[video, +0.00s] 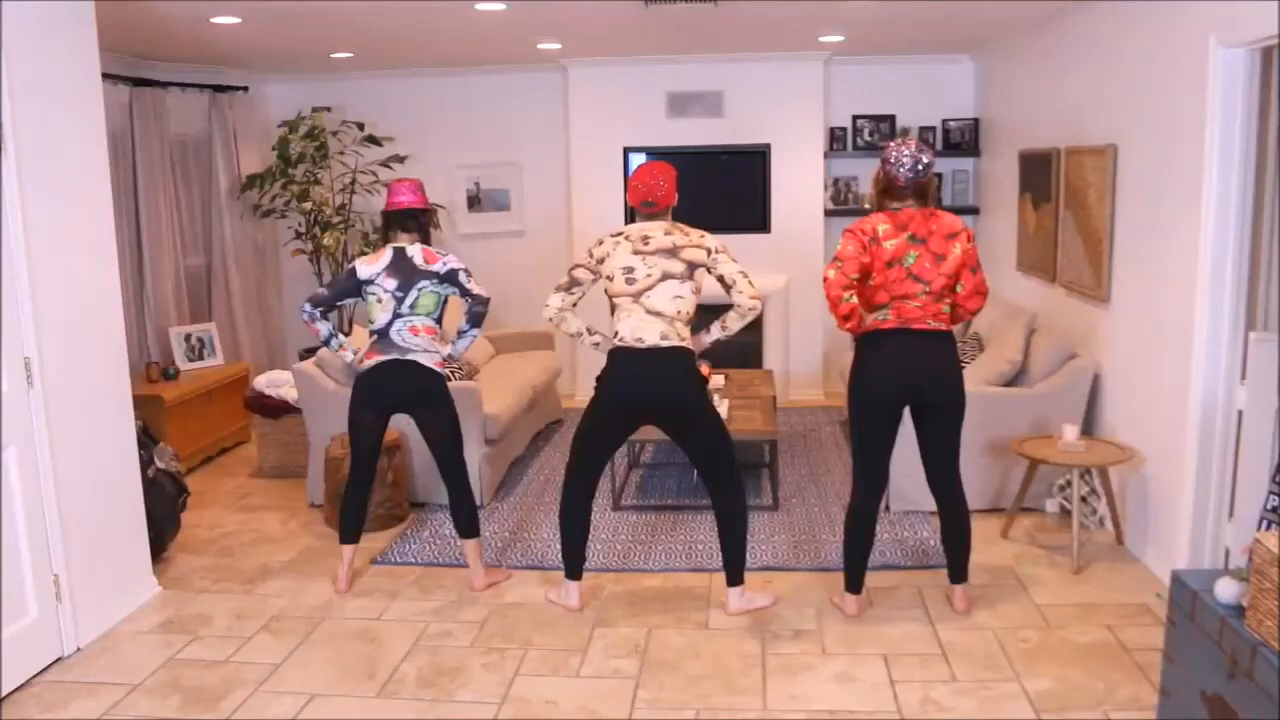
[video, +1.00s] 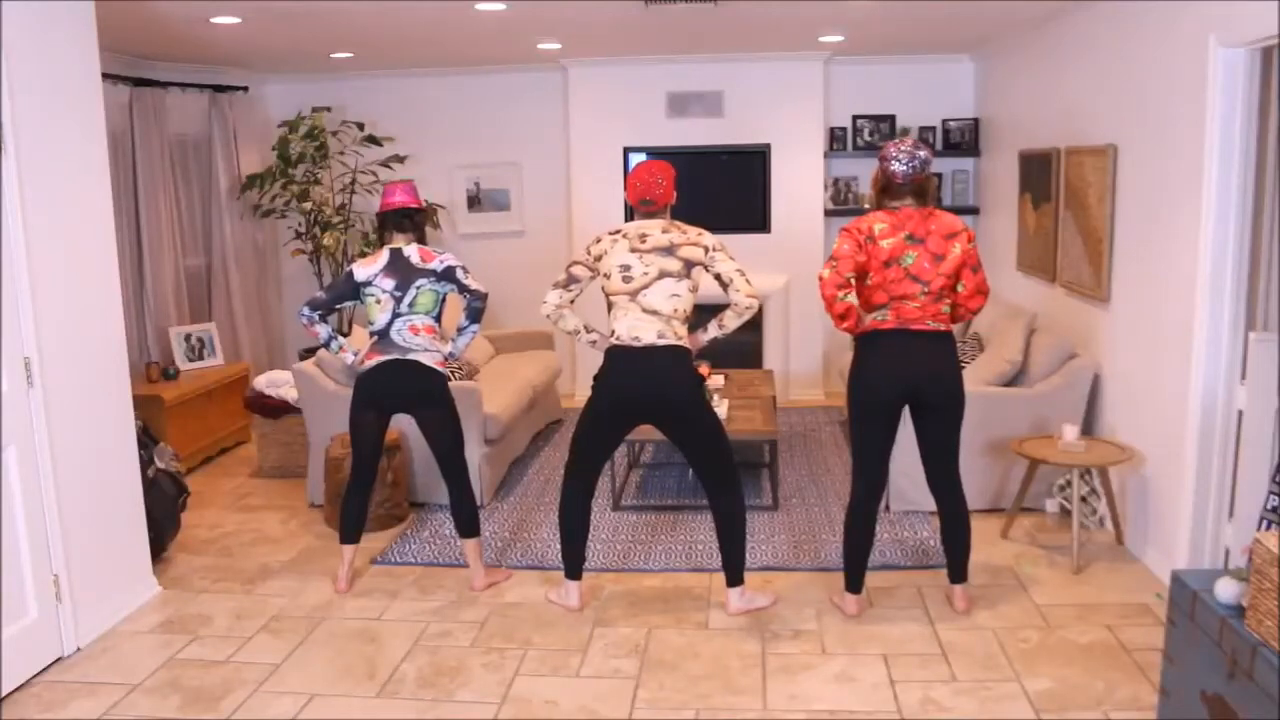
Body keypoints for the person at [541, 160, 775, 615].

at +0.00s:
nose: (663, 202)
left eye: (642, 196)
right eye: (669, 194)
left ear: (631, 201)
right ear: (674, 200)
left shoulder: (607, 245)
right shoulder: (700, 242)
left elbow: (557, 308)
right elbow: (748, 301)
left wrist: (606, 345)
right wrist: (702, 340)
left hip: (622, 378)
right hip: (678, 379)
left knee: (580, 475)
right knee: (724, 478)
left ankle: (571, 587)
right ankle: (736, 591)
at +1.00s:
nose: (667, 199)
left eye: (645, 194)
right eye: (669, 192)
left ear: (630, 199)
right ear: (672, 198)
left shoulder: (605, 243)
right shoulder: (698, 240)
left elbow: (554, 304)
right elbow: (746, 299)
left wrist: (602, 342)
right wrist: (701, 337)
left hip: (619, 377)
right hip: (675, 378)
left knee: (579, 475)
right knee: (721, 476)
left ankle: (571, 588)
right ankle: (736, 591)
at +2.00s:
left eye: (640, 225)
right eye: (670, 226)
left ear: (632, 232)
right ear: (676, 231)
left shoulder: (612, 266)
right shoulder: (699, 263)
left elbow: (557, 314)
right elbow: (747, 308)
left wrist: (598, 355)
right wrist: (701, 346)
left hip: (619, 390)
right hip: (676, 391)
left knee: (579, 481)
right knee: (729, 485)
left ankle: (573, 588)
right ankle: (736, 592)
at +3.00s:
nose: (581, 197)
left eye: (582, 190)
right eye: (582, 190)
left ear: (593, 190)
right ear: (625, 189)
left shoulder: (579, 232)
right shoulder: (663, 221)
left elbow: (562, 298)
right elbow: (696, 287)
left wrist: (590, 344)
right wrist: (655, 295)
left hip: (623, 356)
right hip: (673, 351)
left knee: (589, 471)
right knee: (681, 454)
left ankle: (602, 584)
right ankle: (689, 555)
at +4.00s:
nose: (614, 242)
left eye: (621, 232)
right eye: (605, 235)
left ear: (637, 223)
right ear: (594, 232)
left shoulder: (667, 250)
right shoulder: (586, 252)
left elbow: (721, 282)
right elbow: (578, 295)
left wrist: (684, 329)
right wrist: (606, 307)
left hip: (677, 359)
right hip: (626, 362)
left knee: (697, 457)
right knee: (595, 459)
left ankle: (699, 550)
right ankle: (628, 540)